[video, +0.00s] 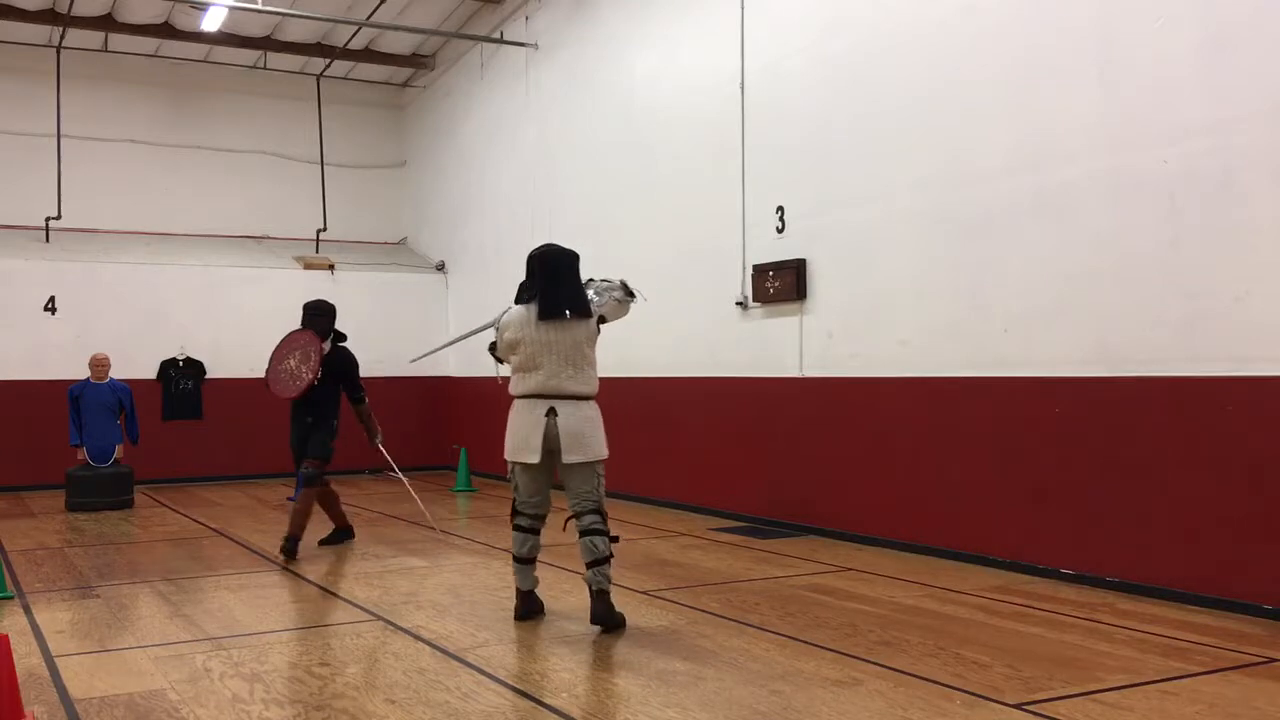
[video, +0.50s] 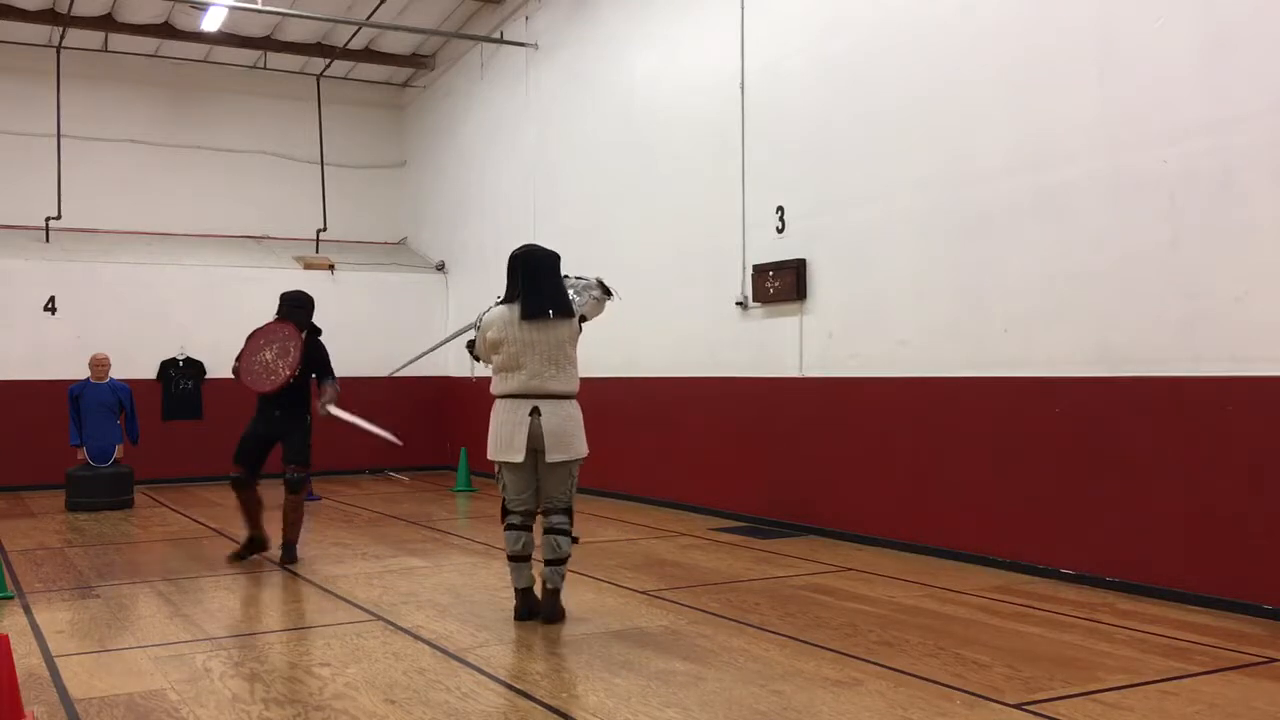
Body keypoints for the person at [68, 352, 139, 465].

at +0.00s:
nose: (100, 369)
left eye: (104, 366)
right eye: (96, 366)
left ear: (109, 367)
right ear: (89, 367)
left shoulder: (121, 389)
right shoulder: (77, 390)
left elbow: (130, 415)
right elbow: (74, 419)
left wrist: (133, 437)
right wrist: (78, 444)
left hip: (114, 445)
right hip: (87, 445)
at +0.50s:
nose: (100, 369)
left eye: (104, 366)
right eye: (96, 366)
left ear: (109, 367)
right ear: (89, 367)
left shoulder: (121, 389)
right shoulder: (77, 390)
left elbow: (130, 415)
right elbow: (74, 419)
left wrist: (133, 437)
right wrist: (78, 445)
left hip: (114, 445)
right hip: (87, 445)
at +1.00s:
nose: (100, 369)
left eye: (103, 366)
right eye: (96, 365)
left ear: (109, 367)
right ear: (89, 367)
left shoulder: (121, 389)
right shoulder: (77, 390)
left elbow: (130, 415)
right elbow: (74, 419)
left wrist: (133, 437)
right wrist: (78, 444)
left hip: (113, 445)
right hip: (87, 444)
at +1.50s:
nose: (100, 369)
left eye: (103, 366)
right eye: (96, 366)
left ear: (109, 367)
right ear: (90, 367)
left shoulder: (121, 389)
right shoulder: (77, 390)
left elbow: (130, 415)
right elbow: (74, 419)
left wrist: (133, 437)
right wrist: (78, 445)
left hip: (113, 445)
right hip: (88, 444)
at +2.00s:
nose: (100, 369)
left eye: (103, 366)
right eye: (96, 366)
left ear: (109, 367)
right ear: (89, 367)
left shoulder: (121, 389)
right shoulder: (77, 390)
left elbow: (130, 415)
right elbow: (74, 420)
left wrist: (133, 438)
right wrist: (78, 445)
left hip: (113, 444)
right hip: (88, 444)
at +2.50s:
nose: (100, 369)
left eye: (103, 366)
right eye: (96, 366)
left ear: (109, 367)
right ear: (89, 367)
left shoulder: (121, 389)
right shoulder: (77, 390)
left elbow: (130, 415)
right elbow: (74, 420)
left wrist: (133, 437)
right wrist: (78, 445)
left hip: (113, 445)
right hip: (87, 445)